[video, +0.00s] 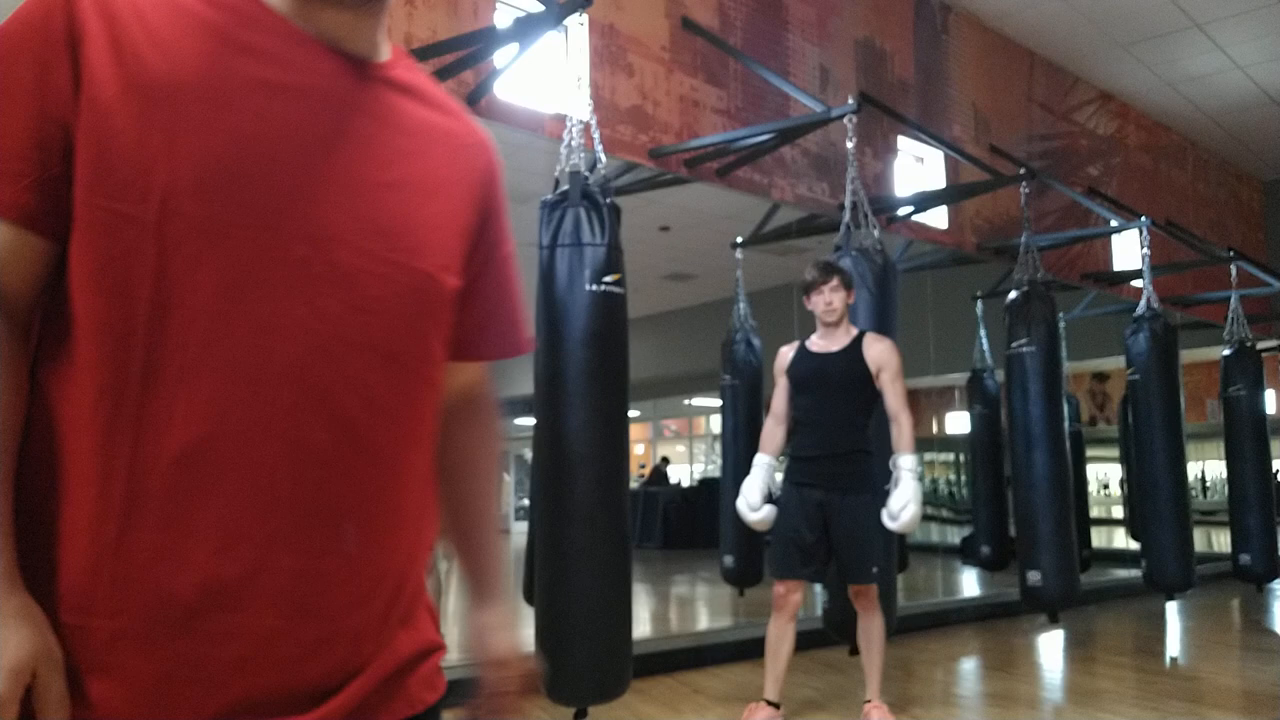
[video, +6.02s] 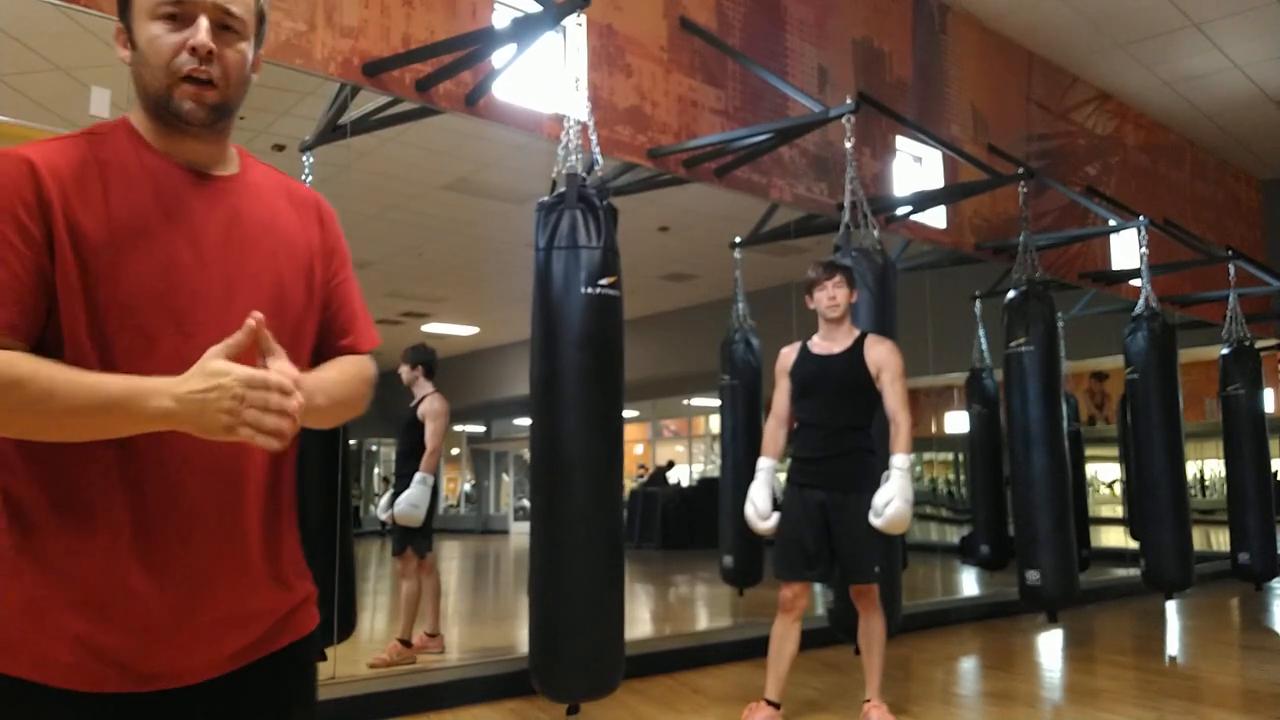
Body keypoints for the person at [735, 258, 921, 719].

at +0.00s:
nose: (827, 299)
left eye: (835, 290)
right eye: (819, 292)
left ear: (850, 296)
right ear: (807, 300)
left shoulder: (877, 349)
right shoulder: (790, 356)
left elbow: (899, 418)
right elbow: (776, 420)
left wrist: (907, 477)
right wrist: (759, 475)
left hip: (860, 492)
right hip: (801, 491)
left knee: (865, 596)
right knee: (784, 596)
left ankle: (873, 701)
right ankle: (769, 703)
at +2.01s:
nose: (811, 287)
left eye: (820, 280)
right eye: (805, 283)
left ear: (841, 291)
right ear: (799, 298)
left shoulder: (868, 346)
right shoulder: (786, 355)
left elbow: (913, 408)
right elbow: (773, 421)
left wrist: (898, 436)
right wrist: (757, 478)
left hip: (855, 493)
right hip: (799, 493)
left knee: (863, 597)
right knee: (787, 599)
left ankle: (873, 700)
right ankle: (769, 703)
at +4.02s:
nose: (830, 293)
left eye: (837, 286)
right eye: (822, 287)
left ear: (851, 295)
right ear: (808, 298)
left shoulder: (875, 350)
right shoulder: (787, 355)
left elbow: (896, 417)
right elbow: (773, 420)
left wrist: (897, 471)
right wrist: (760, 475)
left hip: (859, 491)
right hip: (801, 491)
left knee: (865, 596)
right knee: (788, 597)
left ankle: (872, 700)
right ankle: (770, 702)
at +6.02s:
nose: (831, 294)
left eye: (839, 287)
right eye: (823, 288)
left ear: (853, 296)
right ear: (811, 299)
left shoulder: (879, 351)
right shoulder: (791, 356)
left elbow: (899, 418)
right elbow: (777, 422)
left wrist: (899, 474)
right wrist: (763, 479)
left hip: (860, 492)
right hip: (803, 492)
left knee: (866, 597)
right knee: (790, 599)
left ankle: (873, 701)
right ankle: (770, 703)